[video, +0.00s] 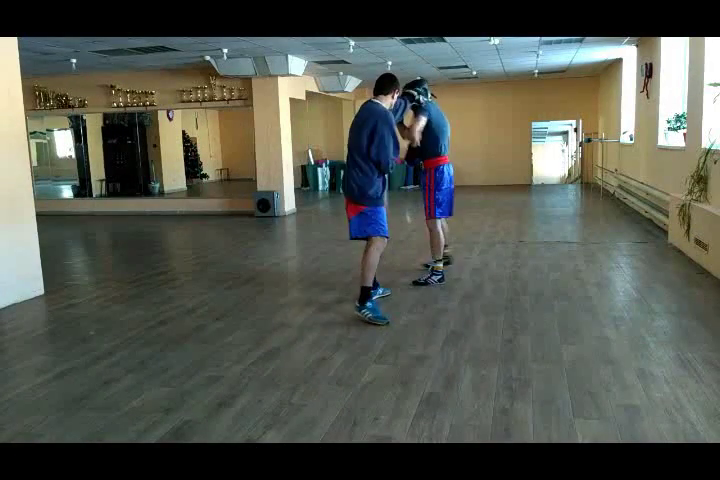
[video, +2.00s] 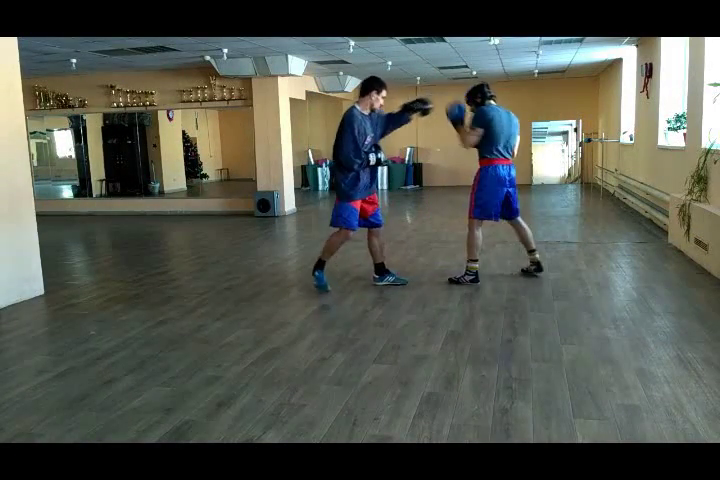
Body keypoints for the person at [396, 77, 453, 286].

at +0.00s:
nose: (407, 101)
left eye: (408, 98)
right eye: (406, 98)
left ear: (414, 95)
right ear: (425, 93)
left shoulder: (424, 108)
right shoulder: (433, 108)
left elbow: (414, 134)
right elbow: (407, 135)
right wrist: (398, 120)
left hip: (434, 168)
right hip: (441, 166)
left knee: (433, 220)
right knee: (439, 216)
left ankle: (437, 269)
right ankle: (443, 253)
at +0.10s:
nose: (417, 107)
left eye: (419, 101)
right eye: (416, 102)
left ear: (428, 98)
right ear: (429, 98)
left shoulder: (441, 112)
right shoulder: (436, 114)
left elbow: (453, 138)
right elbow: (441, 141)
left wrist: (431, 149)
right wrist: (419, 148)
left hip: (442, 170)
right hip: (446, 168)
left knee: (435, 220)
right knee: (451, 216)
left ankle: (437, 271)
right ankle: (475, 252)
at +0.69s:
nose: (439, 108)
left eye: (440, 104)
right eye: (438, 105)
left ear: (450, 100)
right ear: (452, 99)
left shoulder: (469, 113)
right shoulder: (453, 118)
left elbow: (472, 143)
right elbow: (455, 150)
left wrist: (454, 125)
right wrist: (441, 139)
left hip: (468, 168)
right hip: (463, 168)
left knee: (460, 221)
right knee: (472, 219)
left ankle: (468, 271)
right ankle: (485, 259)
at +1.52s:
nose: (459, 110)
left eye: (459, 106)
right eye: (458, 107)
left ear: (468, 101)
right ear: (472, 100)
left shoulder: (484, 114)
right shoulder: (488, 114)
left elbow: (484, 145)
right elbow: (479, 143)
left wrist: (463, 135)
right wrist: (461, 135)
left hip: (483, 169)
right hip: (494, 168)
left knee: (470, 219)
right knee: (489, 216)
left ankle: (473, 271)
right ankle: (503, 261)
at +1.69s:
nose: (457, 108)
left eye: (457, 105)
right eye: (457, 104)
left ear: (461, 101)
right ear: (474, 97)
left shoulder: (471, 113)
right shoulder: (496, 113)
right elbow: (477, 138)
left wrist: (446, 112)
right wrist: (453, 135)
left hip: (483, 169)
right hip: (500, 166)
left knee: (475, 219)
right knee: (499, 216)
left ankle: (473, 271)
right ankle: (506, 260)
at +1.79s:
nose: (456, 105)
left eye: (456, 102)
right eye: (456, 101)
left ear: (460, 99)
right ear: (474, 95)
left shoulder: (469, 112)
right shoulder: (497, 111)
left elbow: (439, 130)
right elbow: (484, 138)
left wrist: (446, 108)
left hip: (484, 169)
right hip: (502, 166)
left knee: (475, 220)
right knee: (501, 216)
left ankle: (473, 271)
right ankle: (509, 259)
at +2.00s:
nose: (471, 108)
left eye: (471, 105)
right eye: (470, 105)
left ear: (476, 100)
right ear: (489, 97)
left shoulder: (483, 112)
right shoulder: (512, 117)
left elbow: (469, 141)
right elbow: (513, 152)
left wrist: (458, 124)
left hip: (489, 171)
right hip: (508, 171)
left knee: (475, 223)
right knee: (514, 218)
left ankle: (471, 272)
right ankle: (535, 262)